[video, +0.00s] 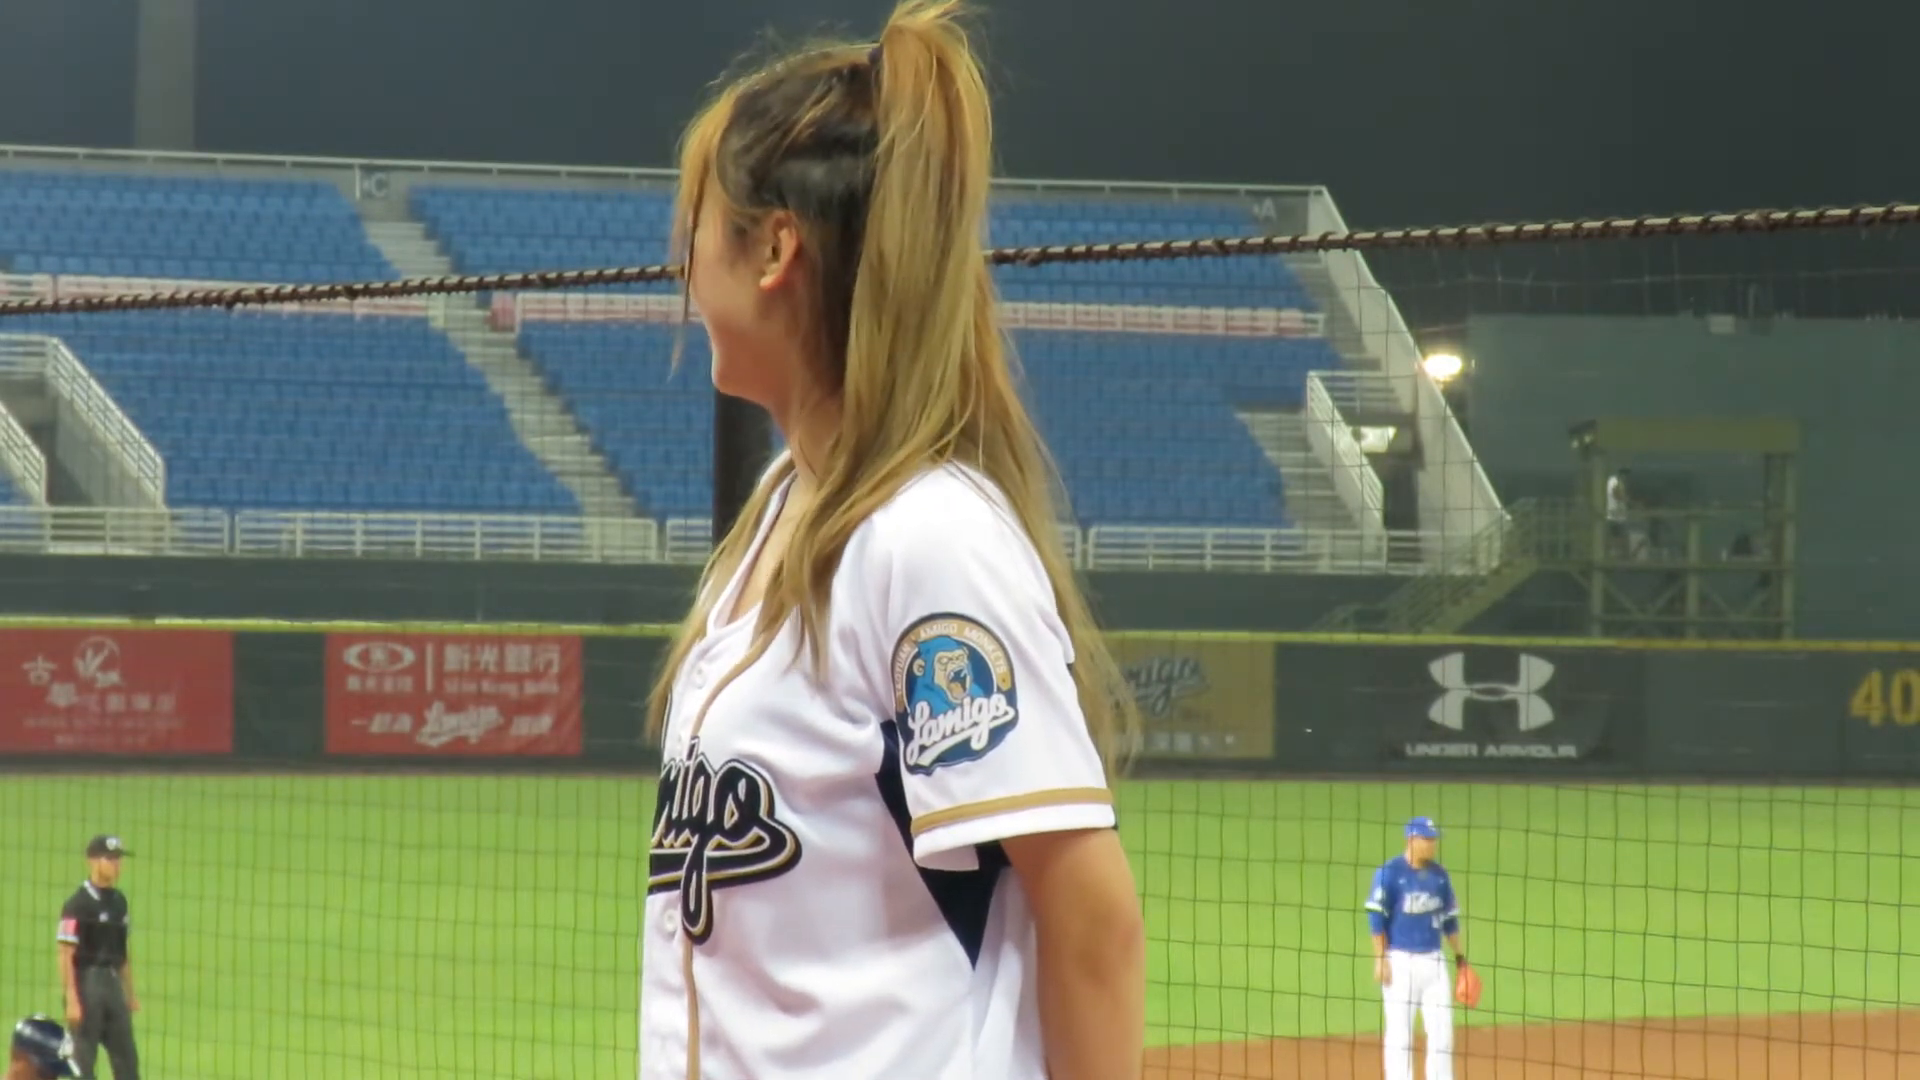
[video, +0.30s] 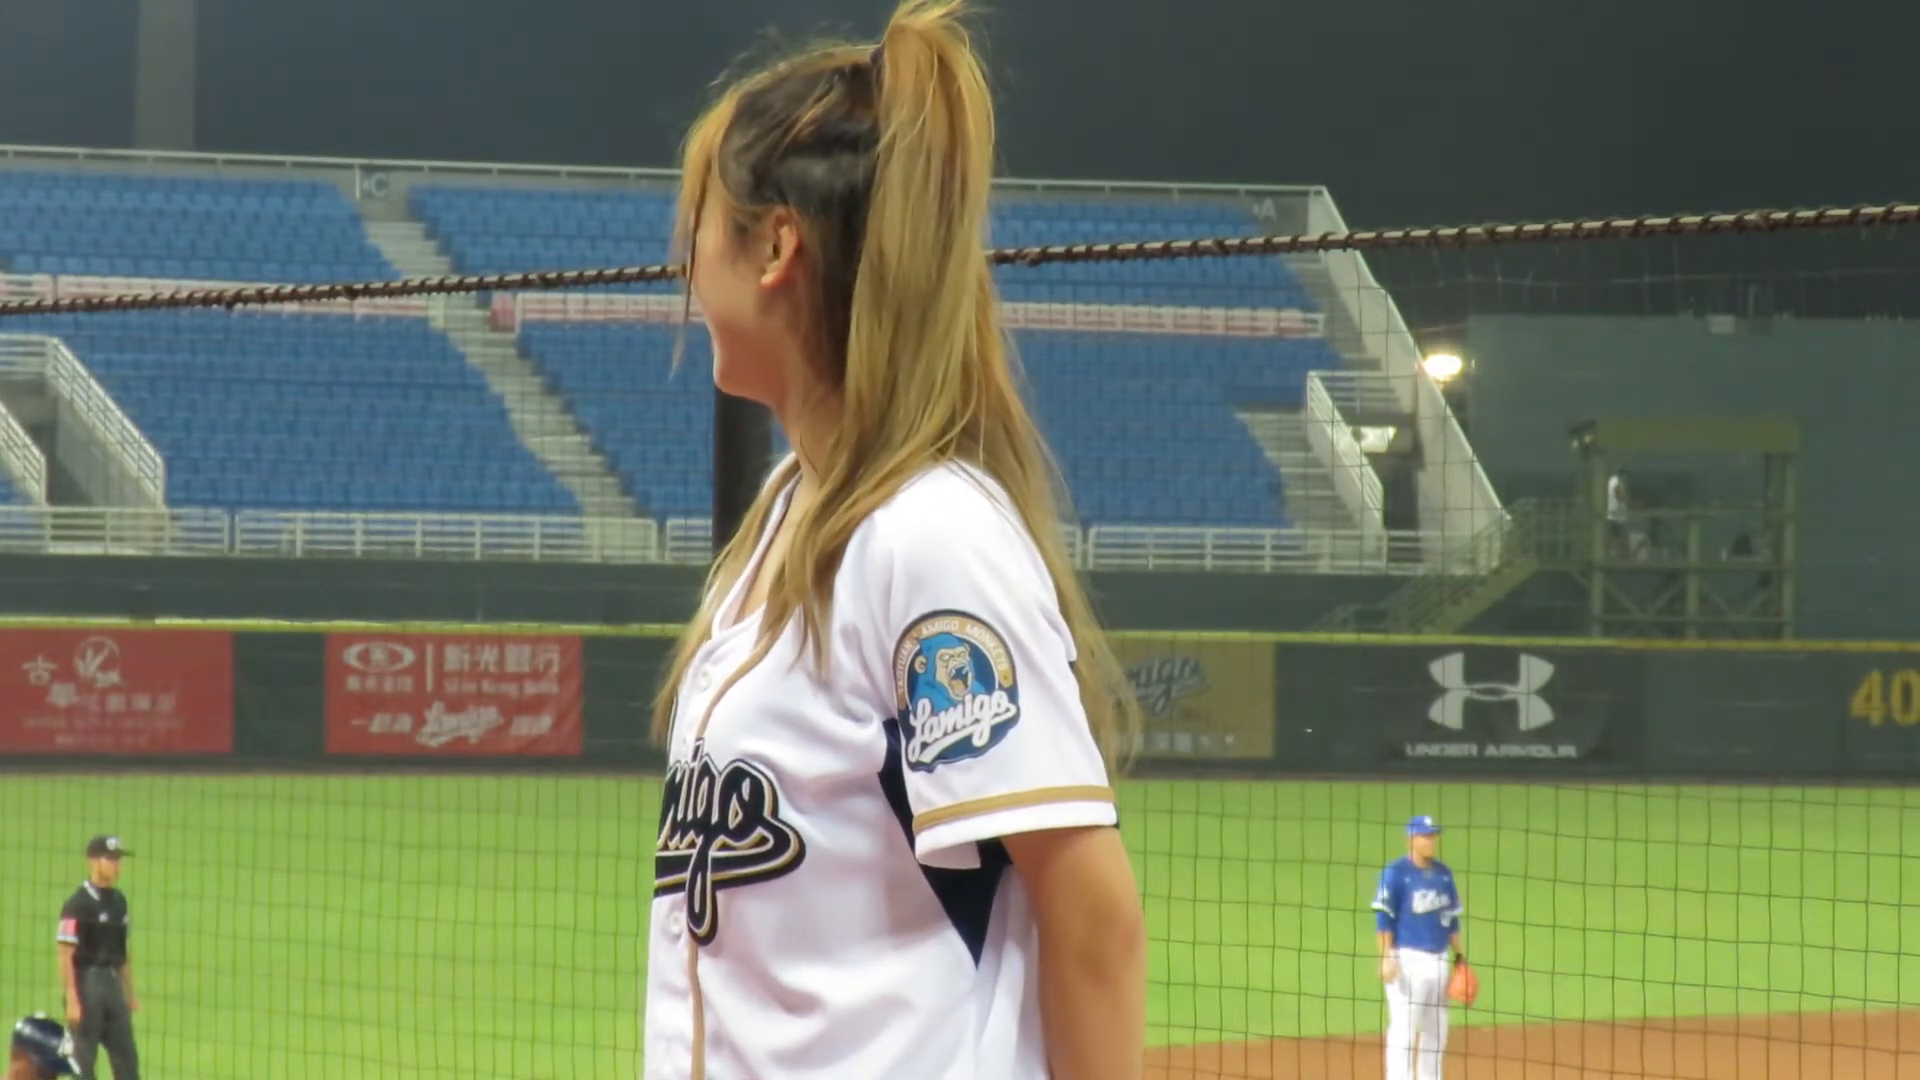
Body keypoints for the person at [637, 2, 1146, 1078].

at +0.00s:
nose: (686, 271)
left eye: (699, 229)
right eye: (693, 229)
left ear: (778, 253)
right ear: (774, 253)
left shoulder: (935, 536)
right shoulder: (782, 505)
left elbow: (1095, 914)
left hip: (884, 1058)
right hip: (718, 1052)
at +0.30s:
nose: (686, 263)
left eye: (701, 222)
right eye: (695, 222)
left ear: (778, 249)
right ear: (777, 249)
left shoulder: (937, 534)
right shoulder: (785, 511)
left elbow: (1096, 914)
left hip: (886, 1058)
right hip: (722, 1052)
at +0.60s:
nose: (689, 266)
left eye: (703, 227)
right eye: (698, 226)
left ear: (780, 251)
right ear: (777, 251)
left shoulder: (933, 531)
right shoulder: (783, 508)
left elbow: (1093, 909)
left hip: (884, 1056)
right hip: (723, 1050)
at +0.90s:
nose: (692, 268)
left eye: (704, 228)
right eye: (699, 228)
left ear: (783, 249)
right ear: (776, 249)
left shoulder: (933, 528)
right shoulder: (782, 501)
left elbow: (1093, 912)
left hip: (878, 1056)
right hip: (714, 1051)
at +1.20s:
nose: (690, 261)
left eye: (705, 219)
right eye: (700, 219)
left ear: (782, 249)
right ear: (776, 249)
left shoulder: (936, 531)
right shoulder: (782, 502)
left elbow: (1095, 913)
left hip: (881, 1056)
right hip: (717, 1051)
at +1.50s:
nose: (688, 263)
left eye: (702, 225)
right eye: (697, 224)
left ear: (778, 252)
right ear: (777, 252)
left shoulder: (937, 533)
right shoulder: (784, 505)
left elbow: (1096, 912)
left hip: (886, 1057)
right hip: (721, 1051)